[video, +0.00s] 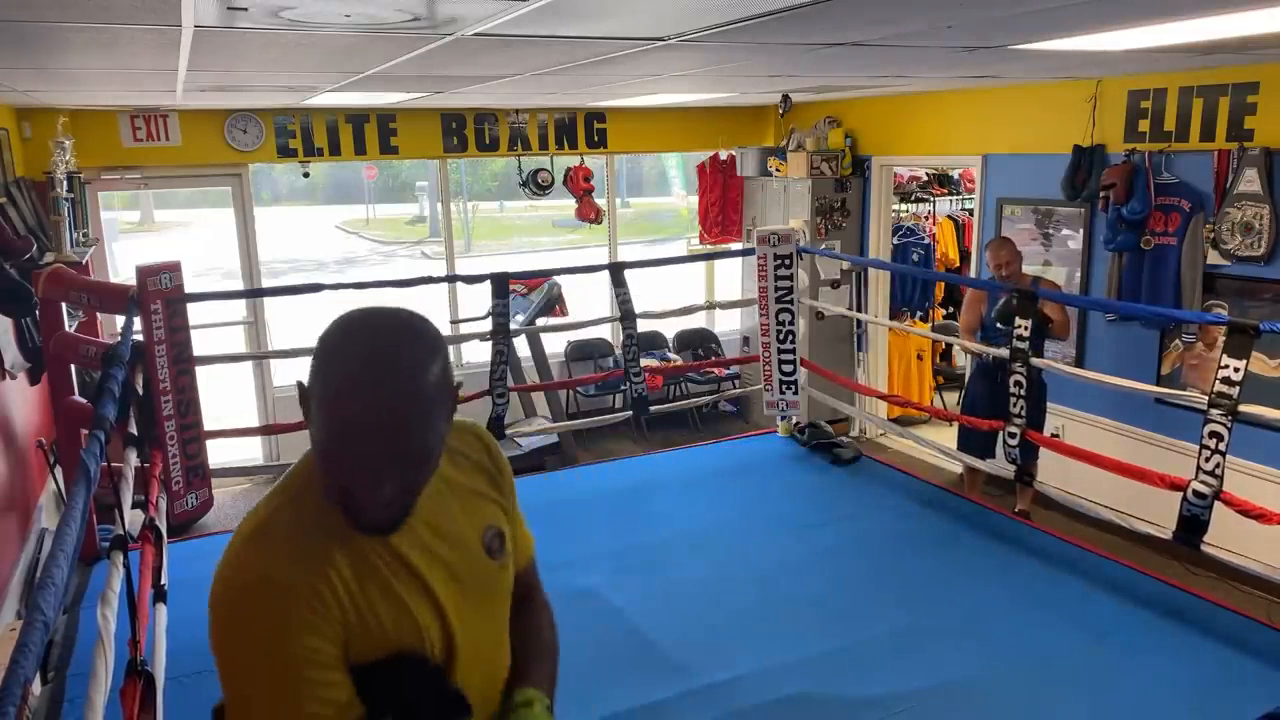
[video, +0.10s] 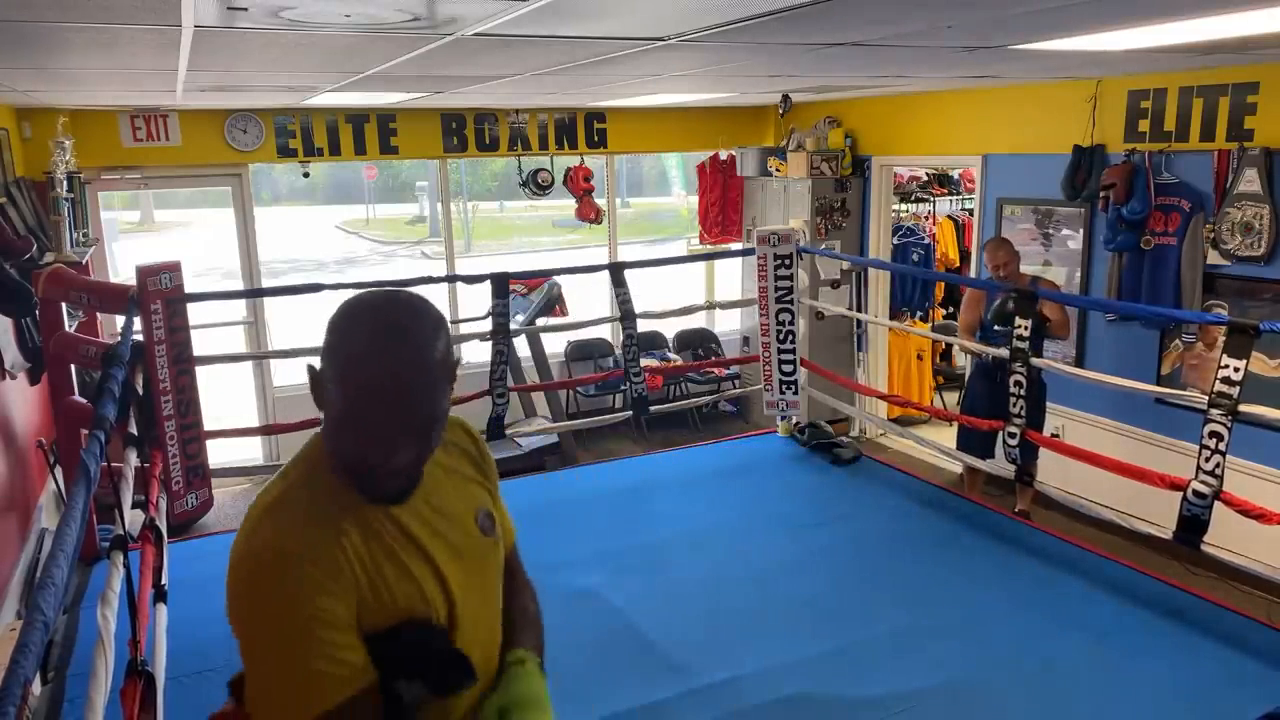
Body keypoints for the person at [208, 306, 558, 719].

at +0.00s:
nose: (377, 500)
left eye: (409, 471)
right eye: (346, 471)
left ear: (451, 411)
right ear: (306, 410)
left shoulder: (477, 457)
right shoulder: (270, 584)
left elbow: (524, 595)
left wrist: (530, 702)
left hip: (496, 699)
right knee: (408, 681)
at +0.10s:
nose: (397, 457)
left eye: (420, 430)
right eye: (368, 433)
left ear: (451, 392)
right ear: (319, 395)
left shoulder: (462, 448)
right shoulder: (284, 550)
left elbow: (509, 571)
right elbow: (326, 706)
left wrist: (523, 676)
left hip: (494, 697)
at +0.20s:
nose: (415, 432)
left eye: (436, 407)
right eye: (389, 411)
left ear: (455, 384)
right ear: (330, 379)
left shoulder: (450, 443)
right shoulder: (298, 522)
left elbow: (494, 559)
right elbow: (342, 706)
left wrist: (522, 667)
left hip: (479, 694)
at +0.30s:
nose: (428, 409)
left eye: (444, 382)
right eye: (398, 391)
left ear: (458, 367)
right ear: (339, 366)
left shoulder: (442, 437)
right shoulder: (311, 505)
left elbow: (476, 545)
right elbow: (359, 703)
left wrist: (523, 644)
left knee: (571, 705)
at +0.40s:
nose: (442, 390)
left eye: (454, 368)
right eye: (416, 369)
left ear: (464, 356)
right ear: (350, 348)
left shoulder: (423, 432)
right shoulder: (322, 481)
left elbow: (462, 562)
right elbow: (389, 688)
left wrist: (519, 631)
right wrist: (507, 698)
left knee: (571, 700)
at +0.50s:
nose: (450, 377)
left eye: (455, 357)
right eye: (437, 357)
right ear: (381, 345)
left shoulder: (393, 429)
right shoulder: (335, 462)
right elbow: (414, 667)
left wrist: (481, 601)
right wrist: (523, 674)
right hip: (388, 706)